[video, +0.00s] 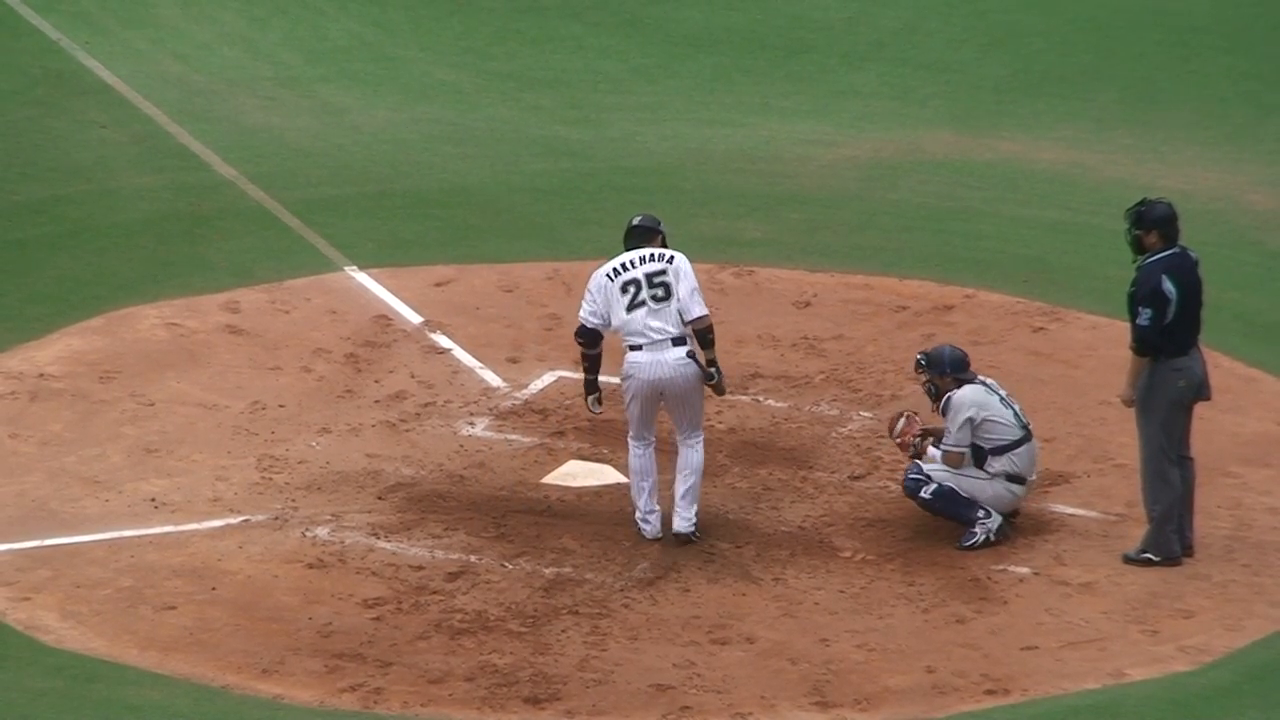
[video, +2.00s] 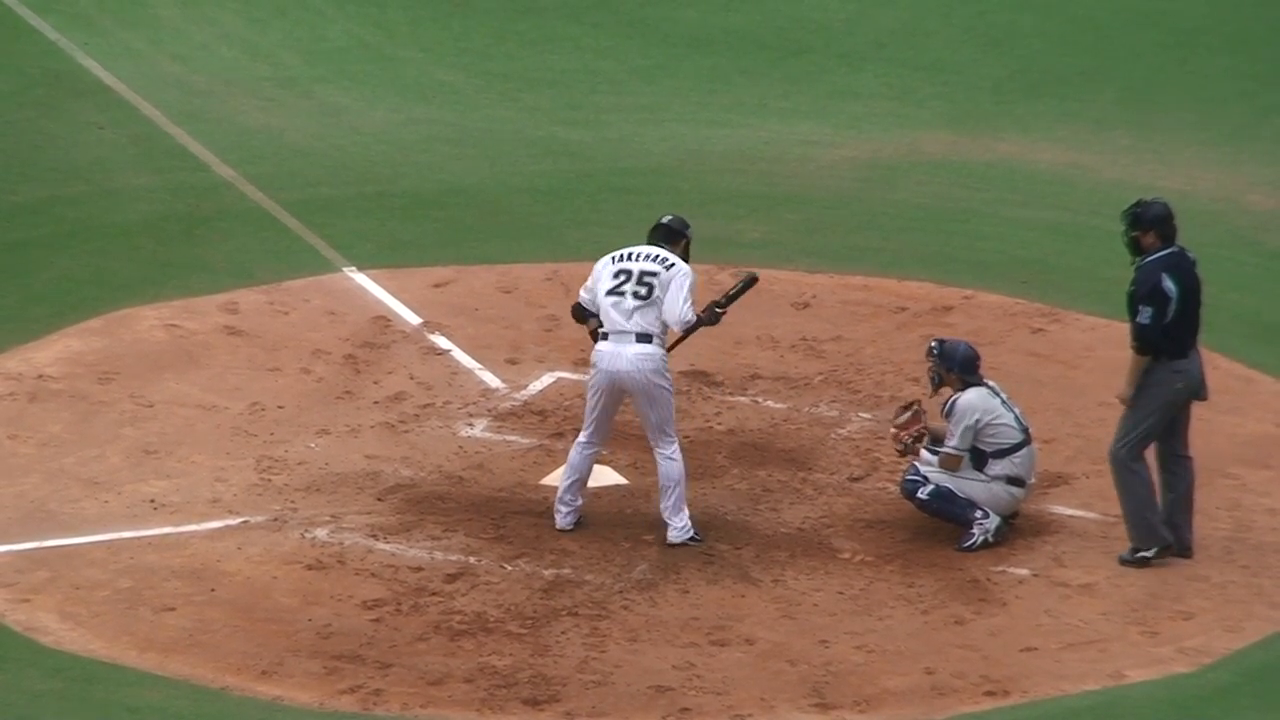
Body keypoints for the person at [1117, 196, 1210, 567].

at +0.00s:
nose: (1135, 236)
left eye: (1139, 231)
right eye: (1136, 229)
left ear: (1152, 236)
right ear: (1167, 232)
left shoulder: (1150, 275)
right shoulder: (1186, 260)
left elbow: (1143, 342)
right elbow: (1188, 322)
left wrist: (1130, 385)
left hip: (1164, 372)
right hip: (1188, 364)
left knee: (1158, 459)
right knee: (1177, 455)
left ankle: (1161, 544)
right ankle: (1179, 536)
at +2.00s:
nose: (1131, 237)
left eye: (1135, 232)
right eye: (1133, 230)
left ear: (1148, 236)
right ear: (1166, 232)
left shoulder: (1152, 272)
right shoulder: (1183, 261)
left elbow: (1144, 341)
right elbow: (1185, 323)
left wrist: (1129, 385)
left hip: (1163, 373)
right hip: (1186, 369)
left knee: (1124, 451)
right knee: (1174, 453)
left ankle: (1149, 540)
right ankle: (1177, 536)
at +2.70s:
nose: (1091, 247)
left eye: (1096, 242)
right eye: (1092, 241)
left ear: (1109, 247)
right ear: (1124, 245)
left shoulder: (1105, 288)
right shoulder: (1145, 272)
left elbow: (1100, 352)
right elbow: (1151, 330)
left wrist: (1087, 396)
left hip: (1128, 383)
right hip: (1156, 375)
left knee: (1101, 463)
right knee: (1139, 450)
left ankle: (1100, 556)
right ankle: (1170, 528)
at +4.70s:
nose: (1091, 237)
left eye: (1096, 232)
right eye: (1093, 230)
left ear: (1109, 238)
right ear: (1124, 235)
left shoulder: (1108, 276)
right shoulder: (1142, 262)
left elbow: (1104, 343)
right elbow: (1144, 321)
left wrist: (1091, 387)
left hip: (1123, 373)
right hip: (1145, 364)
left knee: (1108, 457)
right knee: (1138, 443)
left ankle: (1102, 553)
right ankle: (1144, 512)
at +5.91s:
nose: (1092, 243)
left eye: (1096, 238)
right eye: (1094, 236)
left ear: (1108, 243)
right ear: (1124, 240)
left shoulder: (1106, 283)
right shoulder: (1142, 267)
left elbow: (1101, 350)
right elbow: (1143, 325)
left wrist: (1091, 392)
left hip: (1120, 377)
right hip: (1144, 368)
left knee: (1109, 462)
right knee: (1138, 447)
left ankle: (1105, 557)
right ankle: (1147, 516)